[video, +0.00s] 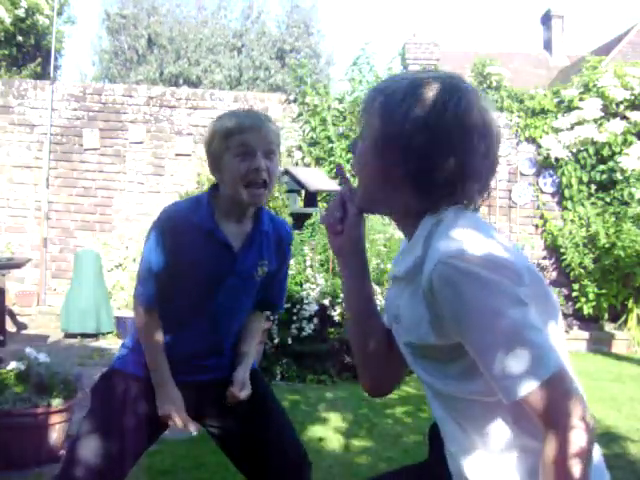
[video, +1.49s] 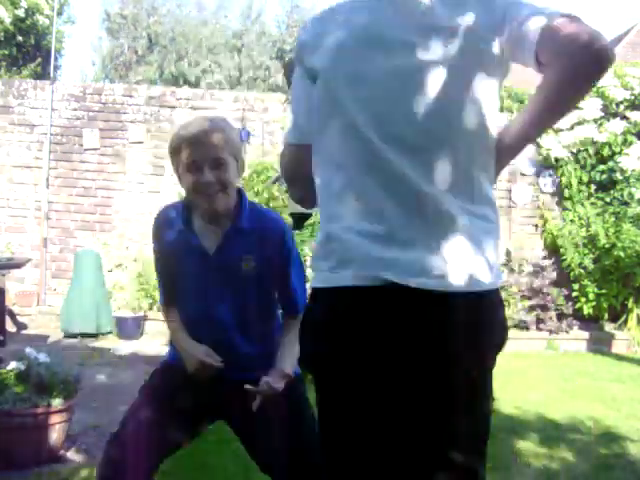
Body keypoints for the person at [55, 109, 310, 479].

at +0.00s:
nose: (260, 166)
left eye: (269, 155)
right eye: (244, 155)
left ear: (279, 164)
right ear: (216, 166)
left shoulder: (276, 236)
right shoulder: (176, 222)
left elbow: (262, 311)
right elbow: (145, 309)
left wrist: (245, 364)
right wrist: (164, 388)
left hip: (226, 373)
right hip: (151, 370)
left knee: (291, 469)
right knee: (86, 467)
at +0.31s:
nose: (246, 183)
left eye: (260, 172)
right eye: (234, 168)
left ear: (272, 180)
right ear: (210, 169)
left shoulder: (264, 230)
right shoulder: (164, 236)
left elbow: (257, 311)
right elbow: (137, 322)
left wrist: (243, 370)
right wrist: (157, 397)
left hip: (222, 379)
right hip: (149, 378)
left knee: (284, 472)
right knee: (89, 470)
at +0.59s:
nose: (227, 168)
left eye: (239, 157)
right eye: (213, 158)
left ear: (254, 166)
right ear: (193, 167)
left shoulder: (266, 232)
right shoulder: (162, 230)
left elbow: (266, 316)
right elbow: (139, 317)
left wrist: (257, 380)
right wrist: (158, 392)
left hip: (239, 384)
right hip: (167, 384)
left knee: (288, 469)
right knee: (112, 469)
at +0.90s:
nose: (245, 143)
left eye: (253, 134)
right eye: (232, 133)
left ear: (265, 144)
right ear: (208, 138)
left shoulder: (272, 210)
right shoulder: (173, 187)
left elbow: (266, 285)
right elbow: (133, 255)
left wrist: (276, 334)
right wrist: (158, 313)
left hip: (238, 364)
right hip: (163, 359)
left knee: (290, 470)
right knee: (124, 467)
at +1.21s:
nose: (220, 87)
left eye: (231, 75)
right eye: (207, 76)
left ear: (248, 74)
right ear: (187, 77)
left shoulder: (267, 120)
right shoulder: (167, 116)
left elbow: (302, 201)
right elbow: (133, 200)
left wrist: (270, 210)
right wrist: (192, 201)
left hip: (246, 257)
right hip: (178, 250)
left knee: (295, 333)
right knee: (90, 312)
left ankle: (307, 419)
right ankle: (173, 366)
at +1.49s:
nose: (207, 178)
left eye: (218, 165)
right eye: (194, 169)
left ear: (239, 167)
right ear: (179, 176)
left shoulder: (271, 230)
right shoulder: (168, 224)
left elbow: (294, 313)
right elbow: (169, 302)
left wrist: (282, 370)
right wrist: (184, 343)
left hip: (262, 377)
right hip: (191, 371)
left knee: (304, 463)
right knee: (125, 455)